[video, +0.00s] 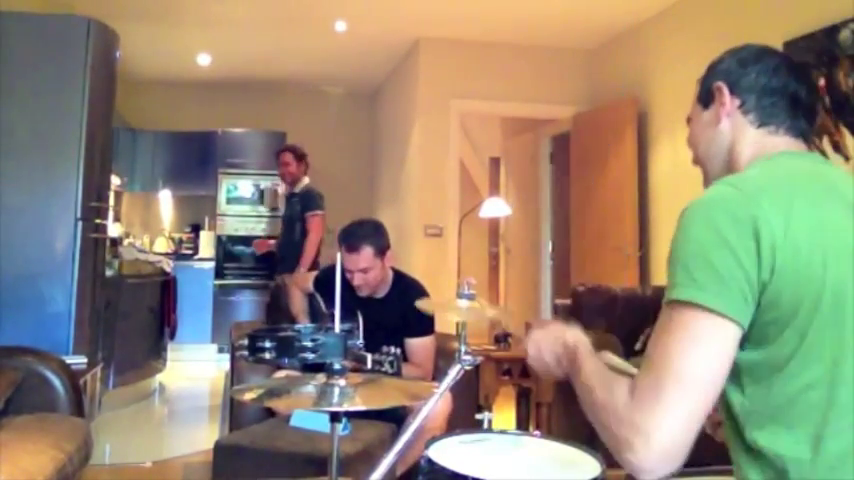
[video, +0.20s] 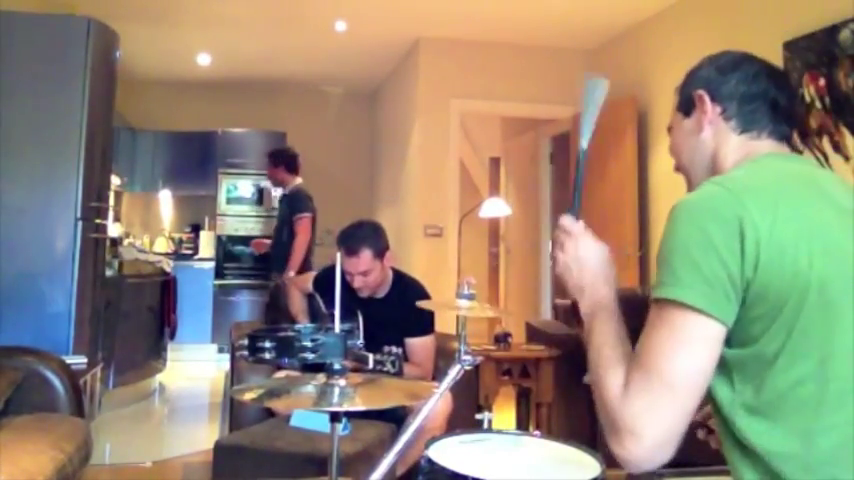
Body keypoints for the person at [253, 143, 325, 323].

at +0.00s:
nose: (283, 170)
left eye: (288, 164)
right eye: (281, 165)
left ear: (302, 166)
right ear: (278, 168)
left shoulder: (310, 196)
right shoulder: (290, 196)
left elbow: (315, 233)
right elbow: (291, 237)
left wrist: (302, 270)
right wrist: (272, 244)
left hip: (296, 273)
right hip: (282, 271)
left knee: (298, 324)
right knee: (280, 322)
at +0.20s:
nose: (268, 174)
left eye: (271, 168)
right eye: (269, 168)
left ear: (281, 169)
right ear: (284, 169)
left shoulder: (299, 197)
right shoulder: (287, 197)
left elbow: (303, 235)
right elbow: (289, 237)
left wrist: (291, 271)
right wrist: (270, 244)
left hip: (291, 277)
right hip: (279, 274)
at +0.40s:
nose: (259, 173)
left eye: (260, 168)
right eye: (259, 168)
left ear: (267, 169)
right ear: (283, 167)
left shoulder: (282, 195)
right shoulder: (290, 194)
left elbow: (283, 239)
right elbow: (288, 239)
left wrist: (271, 278)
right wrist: (263, 245)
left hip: (280, 280)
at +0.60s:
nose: (246, 172)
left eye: (247, 167)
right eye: (246, 167)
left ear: (252, 168)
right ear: (272, 166)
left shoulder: (264, 192)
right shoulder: (283, 193)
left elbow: (262, 234)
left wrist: (246, 273)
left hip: (266, 272)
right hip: (283, 268)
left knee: (256, 325)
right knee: (277, 323)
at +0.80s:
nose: (231, 177)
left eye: (232, 172)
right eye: (231, 172)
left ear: (237, 171)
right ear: (257, 168)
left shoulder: (249, 194)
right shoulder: (275, 195)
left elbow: (244, 235)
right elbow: (284, 231)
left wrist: (223, 273)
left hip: (254, 273)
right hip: (275, 270)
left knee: (249, 332)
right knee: (270, 330)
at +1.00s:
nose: (225, 173)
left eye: (226, 169)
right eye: (226, 169)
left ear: (230, 170)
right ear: (251, 168)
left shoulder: (235, 194)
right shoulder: (270, 197)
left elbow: (227, 235)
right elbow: (279, 237)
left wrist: (212, 265)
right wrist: (258, 247)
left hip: (243, 272)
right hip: (267, 270)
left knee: (241, 334)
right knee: (258, 332)